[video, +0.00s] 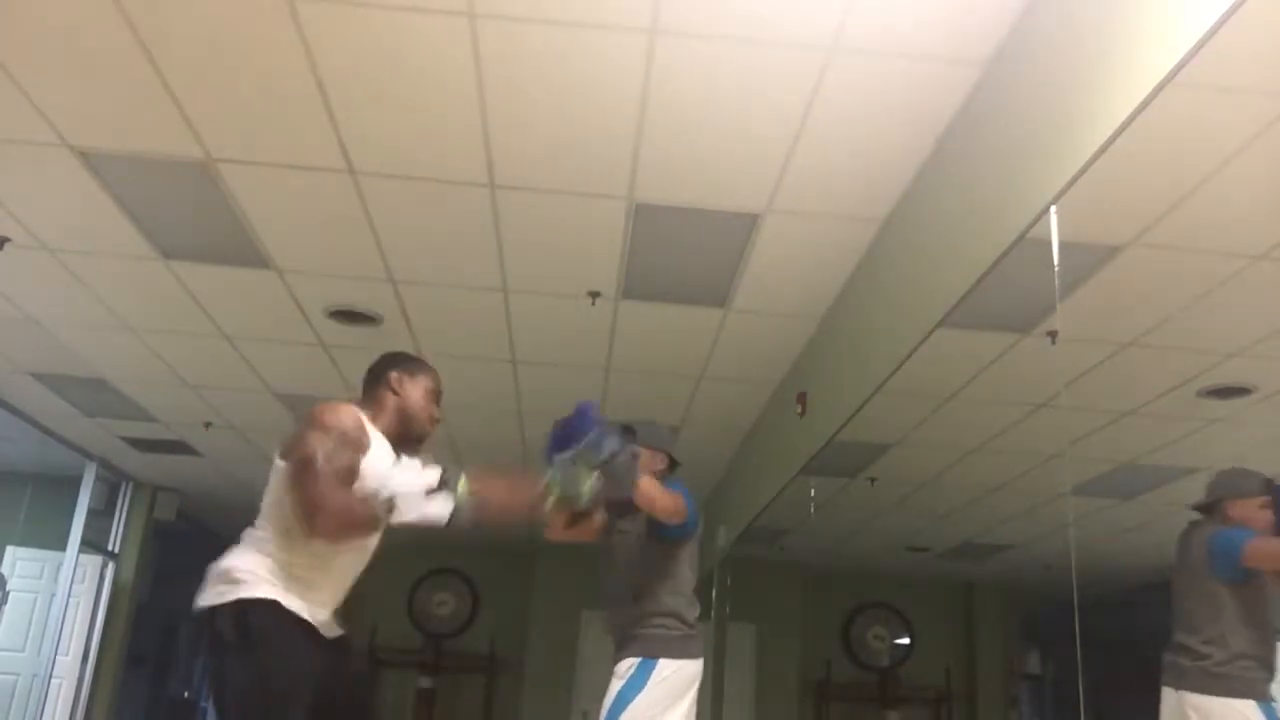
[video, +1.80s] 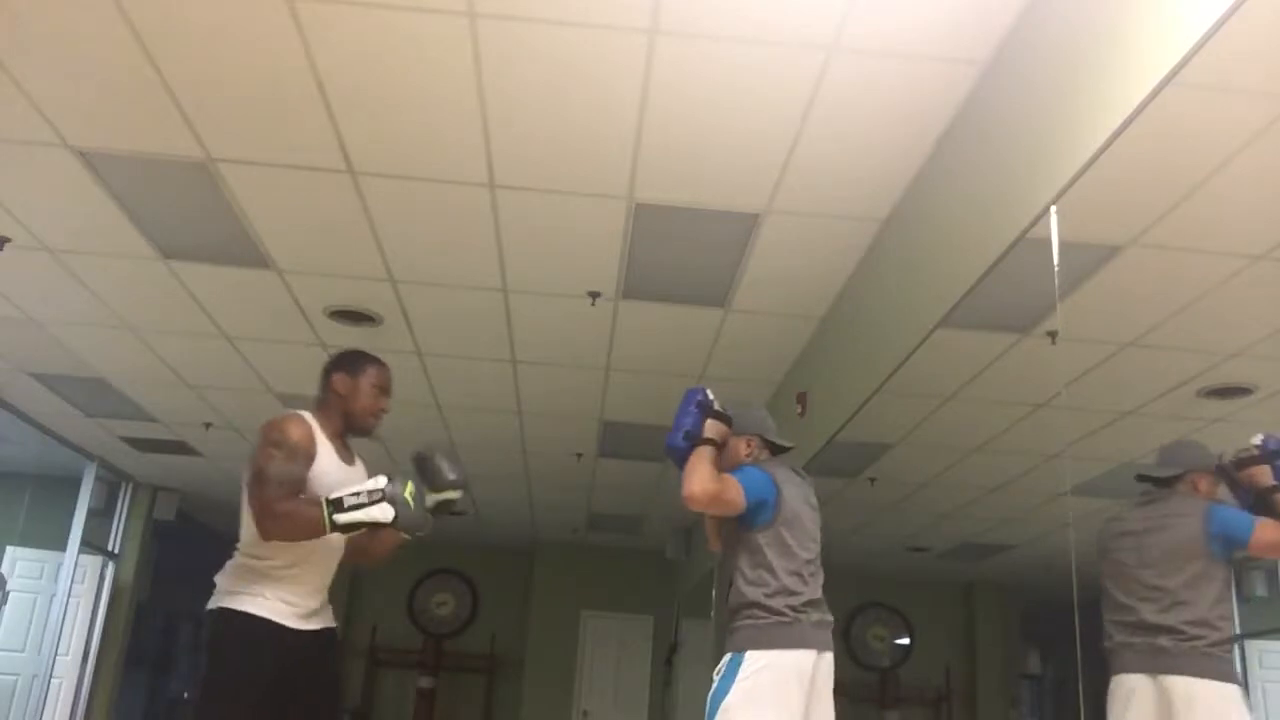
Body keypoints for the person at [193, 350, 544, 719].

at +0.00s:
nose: (438, 415)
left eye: (439, 403)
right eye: (432, 397)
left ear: (398, 389)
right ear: (395, 385)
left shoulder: (393, 467)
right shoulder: (339, 420)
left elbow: (473, 493)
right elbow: (323, 513)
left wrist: (555, 489)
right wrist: (397, 503)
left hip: (310, 620)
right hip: (256, 601)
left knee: (344, 699)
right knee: (280, 702)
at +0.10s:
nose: (434, 407)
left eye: (434, 396)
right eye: (427, 390)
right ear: (389, 381)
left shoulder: (394, 474)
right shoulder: (328, 429)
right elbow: (312, 532)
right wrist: (390, 512)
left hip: (339, 628)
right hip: (276, 613)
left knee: (383, 699)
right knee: (288, 704)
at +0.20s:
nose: (419, 389)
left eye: (419, 375)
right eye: (412, 371)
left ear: (374, 366)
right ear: (372, 363)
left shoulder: (373, 446)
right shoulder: (313, 412)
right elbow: (327, 517)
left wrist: (404, 593)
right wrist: (395, 485)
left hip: (335, 616)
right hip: (271, 602)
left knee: (373, 707)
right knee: (268, 705)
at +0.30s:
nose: (393, 377)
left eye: (394, 364)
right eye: (388, 359)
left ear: (348, 352)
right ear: (346, 350)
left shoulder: (344, 435)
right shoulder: (296, 405)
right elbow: (333, 508)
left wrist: (363, 569)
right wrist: (389, 468)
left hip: (312, 615)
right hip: (247, 605)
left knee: (342, 709)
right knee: (241, 710)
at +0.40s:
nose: (366, 381)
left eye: (367, 367)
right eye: (361, 362)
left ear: (325, 355)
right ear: (323, 352)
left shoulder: (320, 450)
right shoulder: (264, 418)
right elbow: (326, 520)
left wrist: (340, 541)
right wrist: (386, 483)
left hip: (285, 617)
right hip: (224, 605)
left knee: (311, 707)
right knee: (227, 709)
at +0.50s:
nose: (353, 373)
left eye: (355, 359)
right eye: (349, 354)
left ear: (314, 347)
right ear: (312, 343)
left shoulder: (307, 442)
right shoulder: (253, 412)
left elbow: (302, 521)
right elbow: (296, 521)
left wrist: (366, 499)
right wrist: (366, 503)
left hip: (272, 611)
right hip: (212, 602)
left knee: (300, 709)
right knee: (219, 710)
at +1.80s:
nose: (385, 406)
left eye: (387, 395)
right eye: (378, 391)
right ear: (339, 384)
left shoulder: (356, 466)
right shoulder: (289, 431)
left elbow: (356, 550)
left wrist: (411, 515)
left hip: (313, 626)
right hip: (251, 617)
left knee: (317, 711)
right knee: (236, 711)